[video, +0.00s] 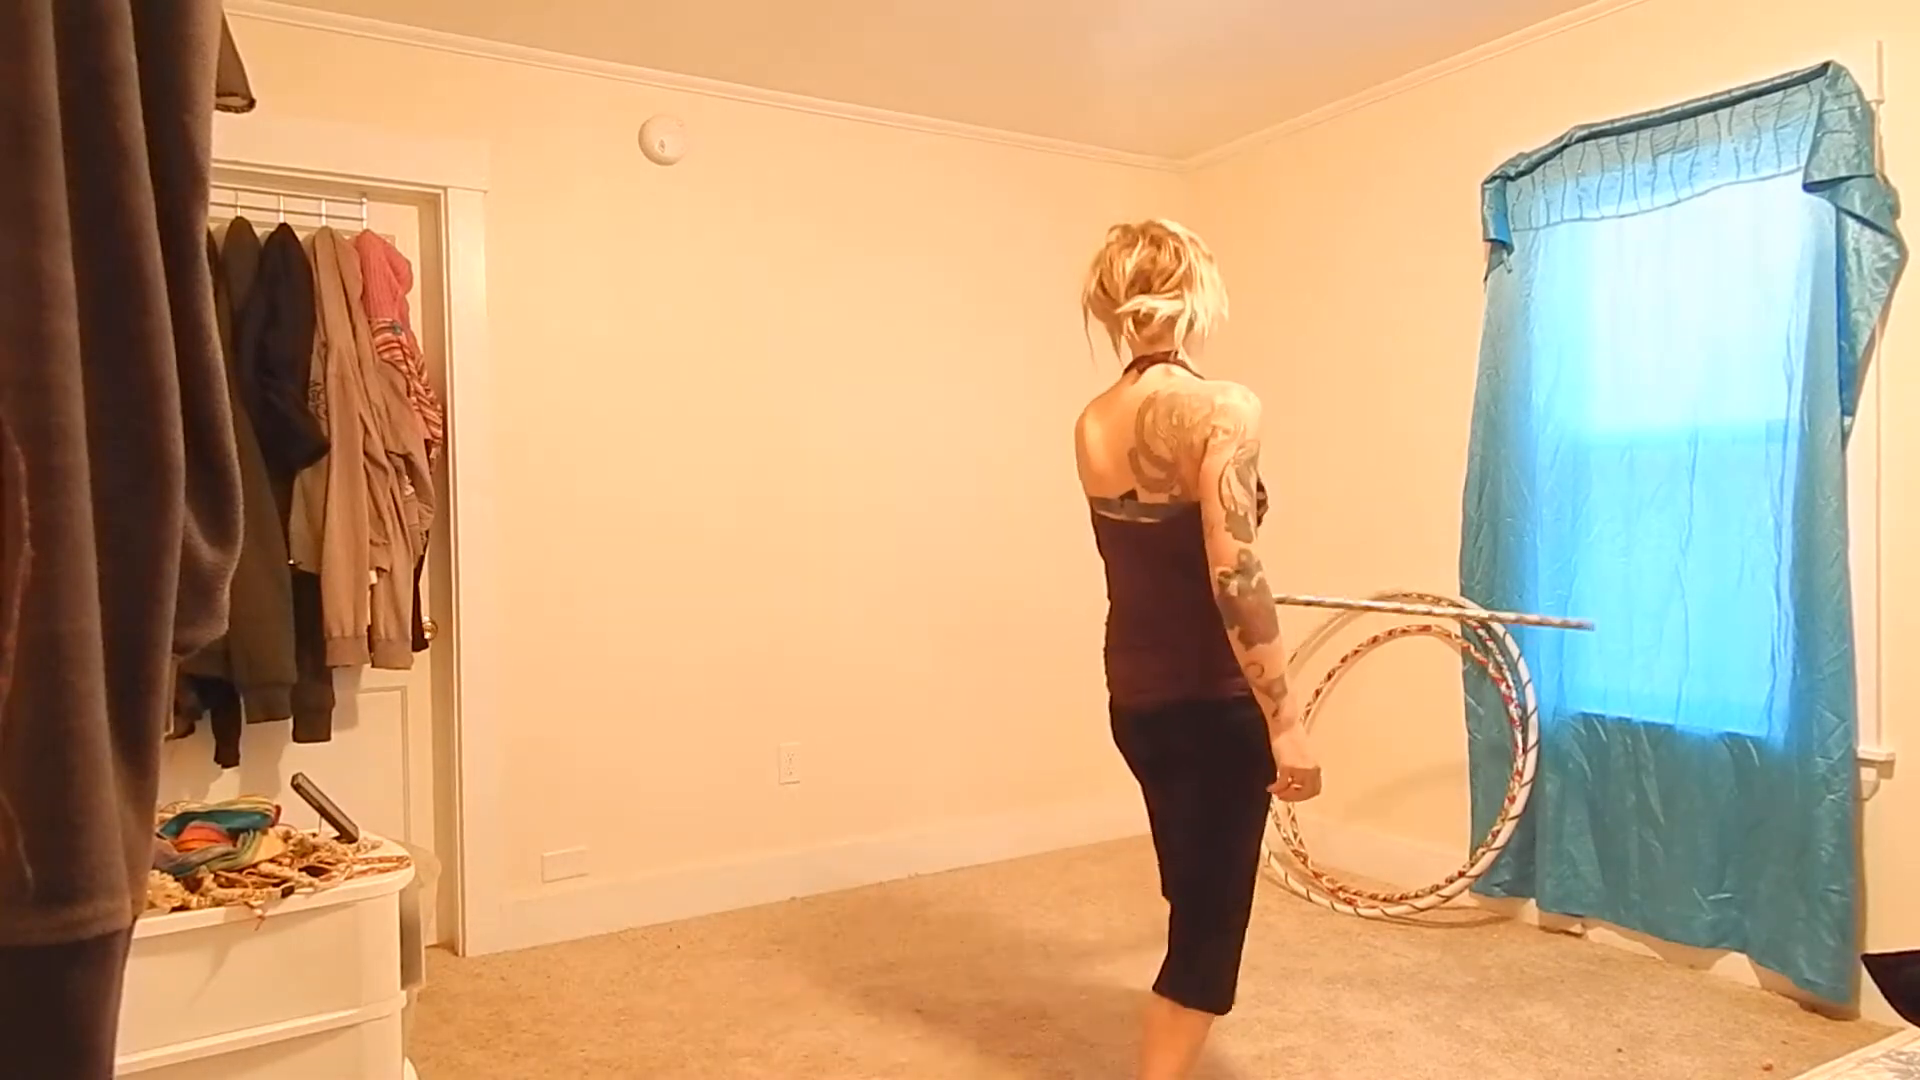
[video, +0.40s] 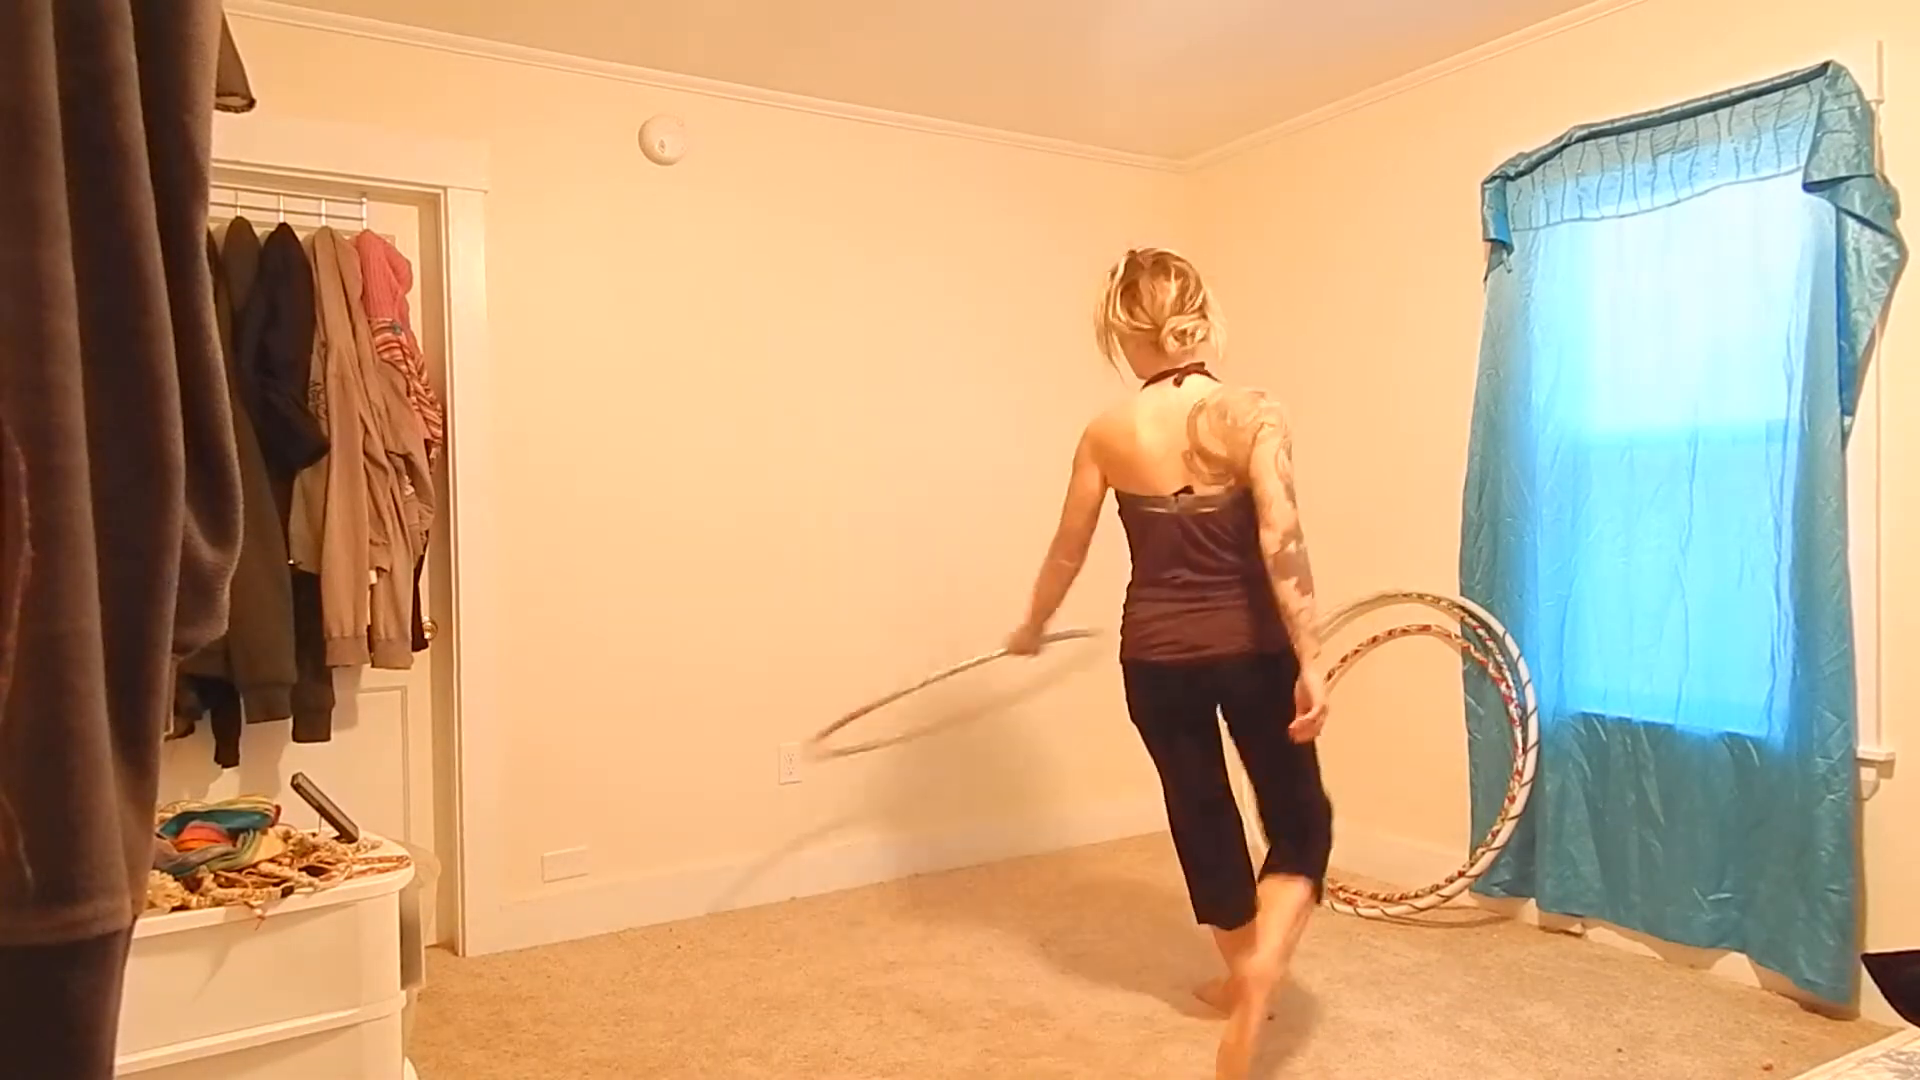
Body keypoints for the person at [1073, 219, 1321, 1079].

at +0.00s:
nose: (1199, 305)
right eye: (1198, 290)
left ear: (1111, 308)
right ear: (1196, 298)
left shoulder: (1094, 422)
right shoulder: (1215, 409)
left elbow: (1131, 574)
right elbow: (1232, 573)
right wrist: (1285, 718)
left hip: (1137, 700)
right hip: (1214, 697)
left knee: (1193, 915)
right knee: (1207, 933)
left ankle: (1180, 1059)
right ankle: (1155, 1070)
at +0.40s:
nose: (1134, 345)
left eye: (1123, 333)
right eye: (1195, 316)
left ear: (1125, 336)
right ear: (1202, 322)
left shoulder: (1109, 430)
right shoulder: (1251, 413)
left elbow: (1068, 550)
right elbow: (1280, 545)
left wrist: (1032, 624)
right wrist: (1309, 659)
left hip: (1156, 661)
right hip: (1251, 651)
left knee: (1202, 815)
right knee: (1300, 821)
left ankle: (1243, 984)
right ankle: (1265, 961)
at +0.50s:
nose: (1112, 352)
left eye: (1112, 336)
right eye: (1110, 338)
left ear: (1127, 334)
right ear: (1197, 323)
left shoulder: (1108, 432)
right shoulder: (1254, 413)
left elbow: (1057, 551)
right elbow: (1300, 536)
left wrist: (998, 643)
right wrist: (1325, 643)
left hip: (1159, 656)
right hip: (1251, 643)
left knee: (1203, 811)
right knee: (1311, 769)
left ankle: (1242, 982)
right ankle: (1272, 890)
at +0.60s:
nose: (1109, 355)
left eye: (1109, 338)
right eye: (1106, 339)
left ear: (1129, 333)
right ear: (1189, 324)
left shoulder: (1116, 430)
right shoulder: (1255, 411)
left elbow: (1069, 553)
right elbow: (1315, 525)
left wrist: (1009, 655)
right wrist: (1342, 624)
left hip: (1165, 648)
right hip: (1255, 630)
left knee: (1211, 807)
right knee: (1295, 719)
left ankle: (1246, 985)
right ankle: (1266, 776)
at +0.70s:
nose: (1103, 357)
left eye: (1102, 339)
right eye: (1099, 341)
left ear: (1126, 332)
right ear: (1180, 321)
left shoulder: (1125, 421)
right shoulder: (1245, 401)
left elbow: (1110, 544)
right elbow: (1320, 507)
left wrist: (1067, 657)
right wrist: (1343, 609)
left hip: (1173, 645)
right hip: (1257, 632)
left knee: (1210, 804)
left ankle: (1244, 983)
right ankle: (1272, 713)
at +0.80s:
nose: (1094, 353)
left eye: (1096, 337)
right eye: (1092, 338)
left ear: (1123, 332)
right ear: (1169, 324)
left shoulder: (1130, 418)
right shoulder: (1226, 399)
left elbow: (1171, 540)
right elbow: (1316, 481)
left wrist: (1183, 646)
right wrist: (1327, 591)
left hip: (1181, 629)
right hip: (1246, 620)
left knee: (1212, 795)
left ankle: (1245, 981)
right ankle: (1262, 765)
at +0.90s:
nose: (1082, 359)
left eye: (1084, 342)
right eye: (1081, 343)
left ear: (1114, 334)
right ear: (1155, 326)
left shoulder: (1136, 416)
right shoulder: (1208, 396)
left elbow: (1218, 513)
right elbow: (1307, 466)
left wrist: (1267, 619)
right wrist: (1331, 558)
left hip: (1187, 646)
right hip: (1219, 635)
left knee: (1217, 809)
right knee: (1101, 694)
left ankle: (1244, 982)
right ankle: (1182, 826)